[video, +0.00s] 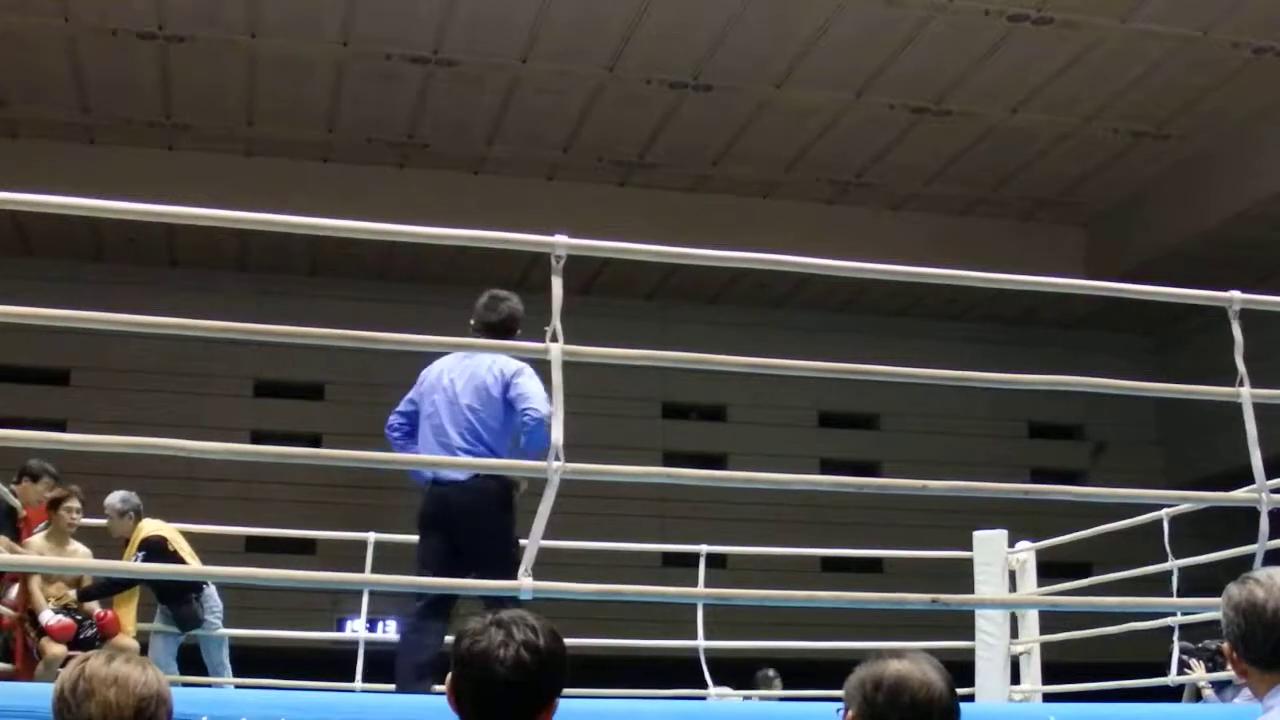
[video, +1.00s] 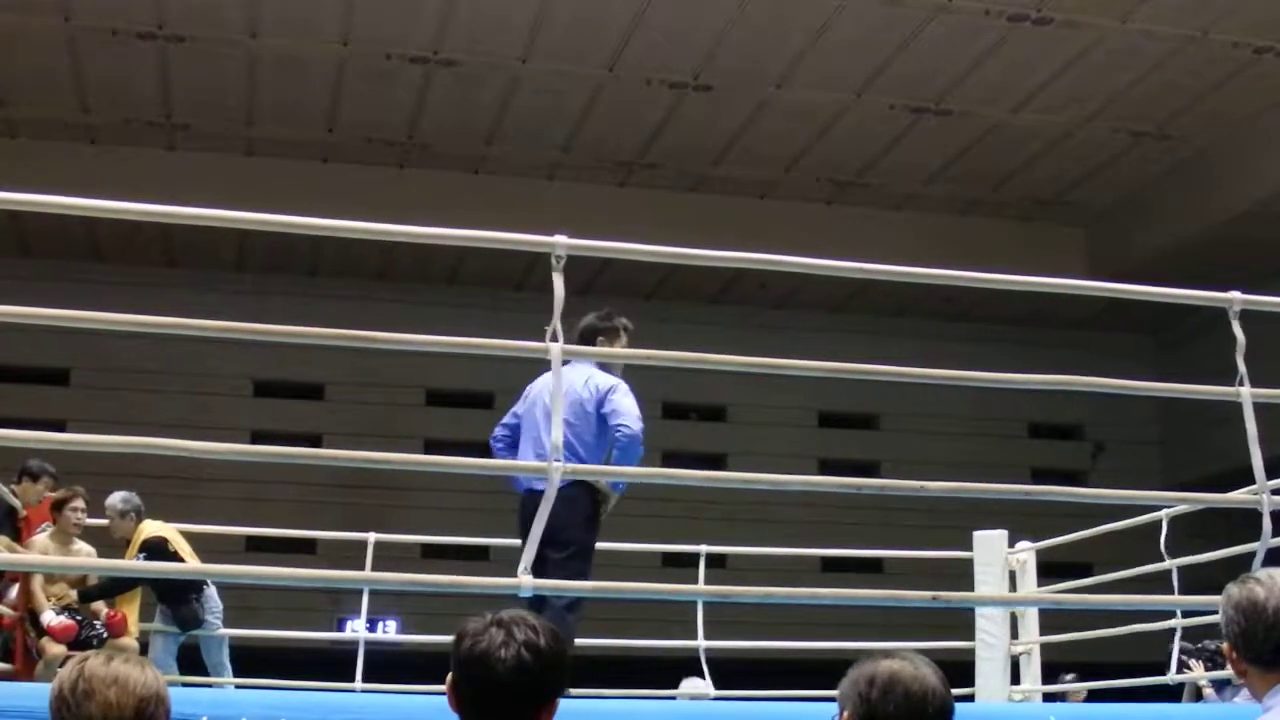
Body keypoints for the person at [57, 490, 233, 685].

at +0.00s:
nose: (107, 524)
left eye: (110, 518)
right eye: (107, 518)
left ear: (129, 518)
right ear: (129, 518)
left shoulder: (153, 539)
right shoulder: (139, 536)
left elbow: (125, 581)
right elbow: (120, 579)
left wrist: (78, 595)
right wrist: (83, 591)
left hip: (201, 600)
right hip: (171, 603)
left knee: (217, 665)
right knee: (160, 660)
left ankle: (229, 713)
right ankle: (175, 709)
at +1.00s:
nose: (108, 524)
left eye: (111, 519)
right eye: (107, 519)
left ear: (131, 519)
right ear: (130, 519)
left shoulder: (155, 541)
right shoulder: (140, 537)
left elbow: (126, 582)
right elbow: (125, 580)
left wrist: (79, 596)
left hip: (201, 600)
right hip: (170, 603)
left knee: (218, 666)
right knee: (160, 661)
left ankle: (231, 714)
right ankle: (174, 711)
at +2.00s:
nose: (105, 525)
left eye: (109, 519)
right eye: (106, 519)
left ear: (127, 521)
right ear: (126, 521)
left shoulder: (153, 542)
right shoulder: (136, 540)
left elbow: (125, 584)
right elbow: (124, 583)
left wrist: (79, 596)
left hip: (201, 600)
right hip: (170, 603)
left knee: (218, 665)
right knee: (160, 660)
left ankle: (229, 712)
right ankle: (177, 709)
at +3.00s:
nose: (106, 525)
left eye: (109, 519)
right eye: (106, 519)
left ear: (127, 520)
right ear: (128, 520)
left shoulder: (154, 542)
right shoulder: (138, 539)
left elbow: (125, 583)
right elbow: (125, 582)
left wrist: (79, 597)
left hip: (202, 600)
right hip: (171, 603)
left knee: (217, 665)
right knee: (160, 660)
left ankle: (230, 712)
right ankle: (175, 708)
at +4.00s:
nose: (123, 514)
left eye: (127, 509)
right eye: (123, 509)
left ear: (148, 509)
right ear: (145, 510)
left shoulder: (170, 534)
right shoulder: (138, 535)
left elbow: (146, 579)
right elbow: (122, 568)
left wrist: (99, 595)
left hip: (201, 600)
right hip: (170, 603)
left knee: (218, 666)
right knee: (157, 658)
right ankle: (174, 711)